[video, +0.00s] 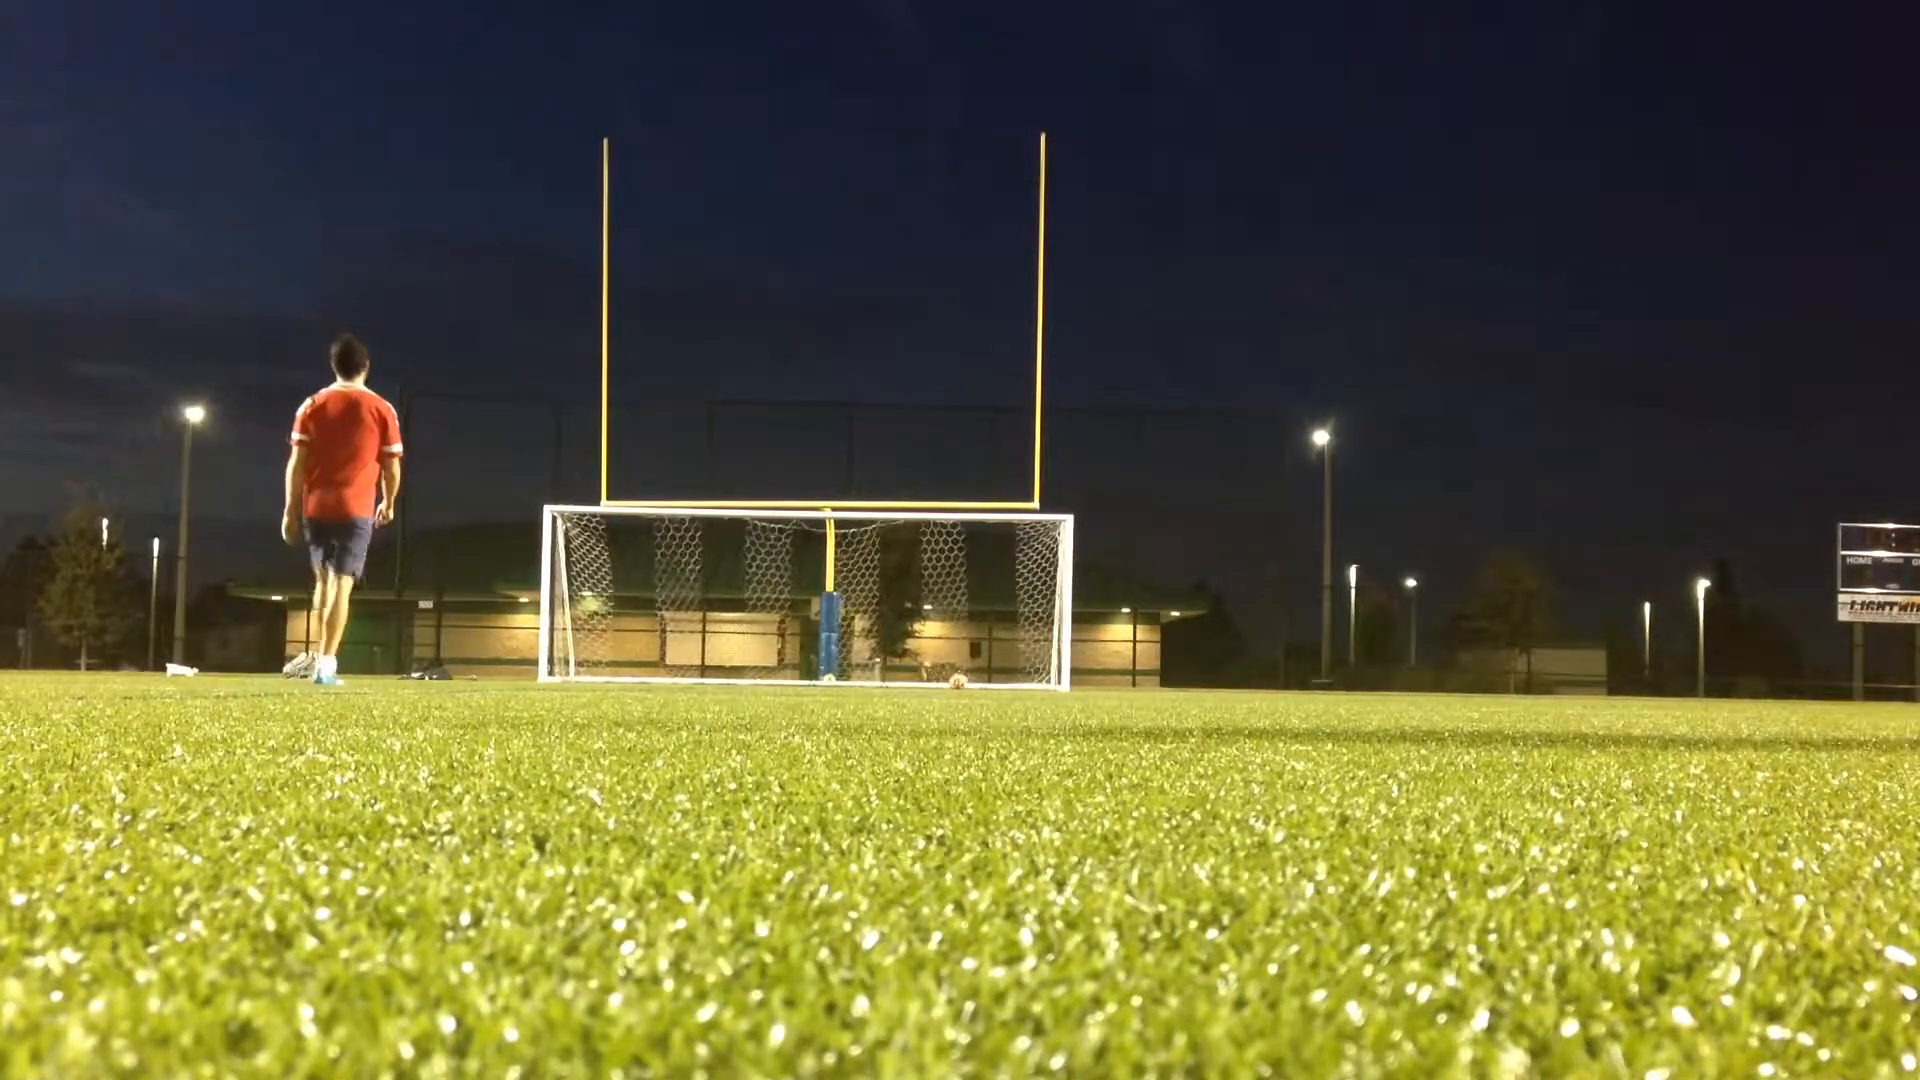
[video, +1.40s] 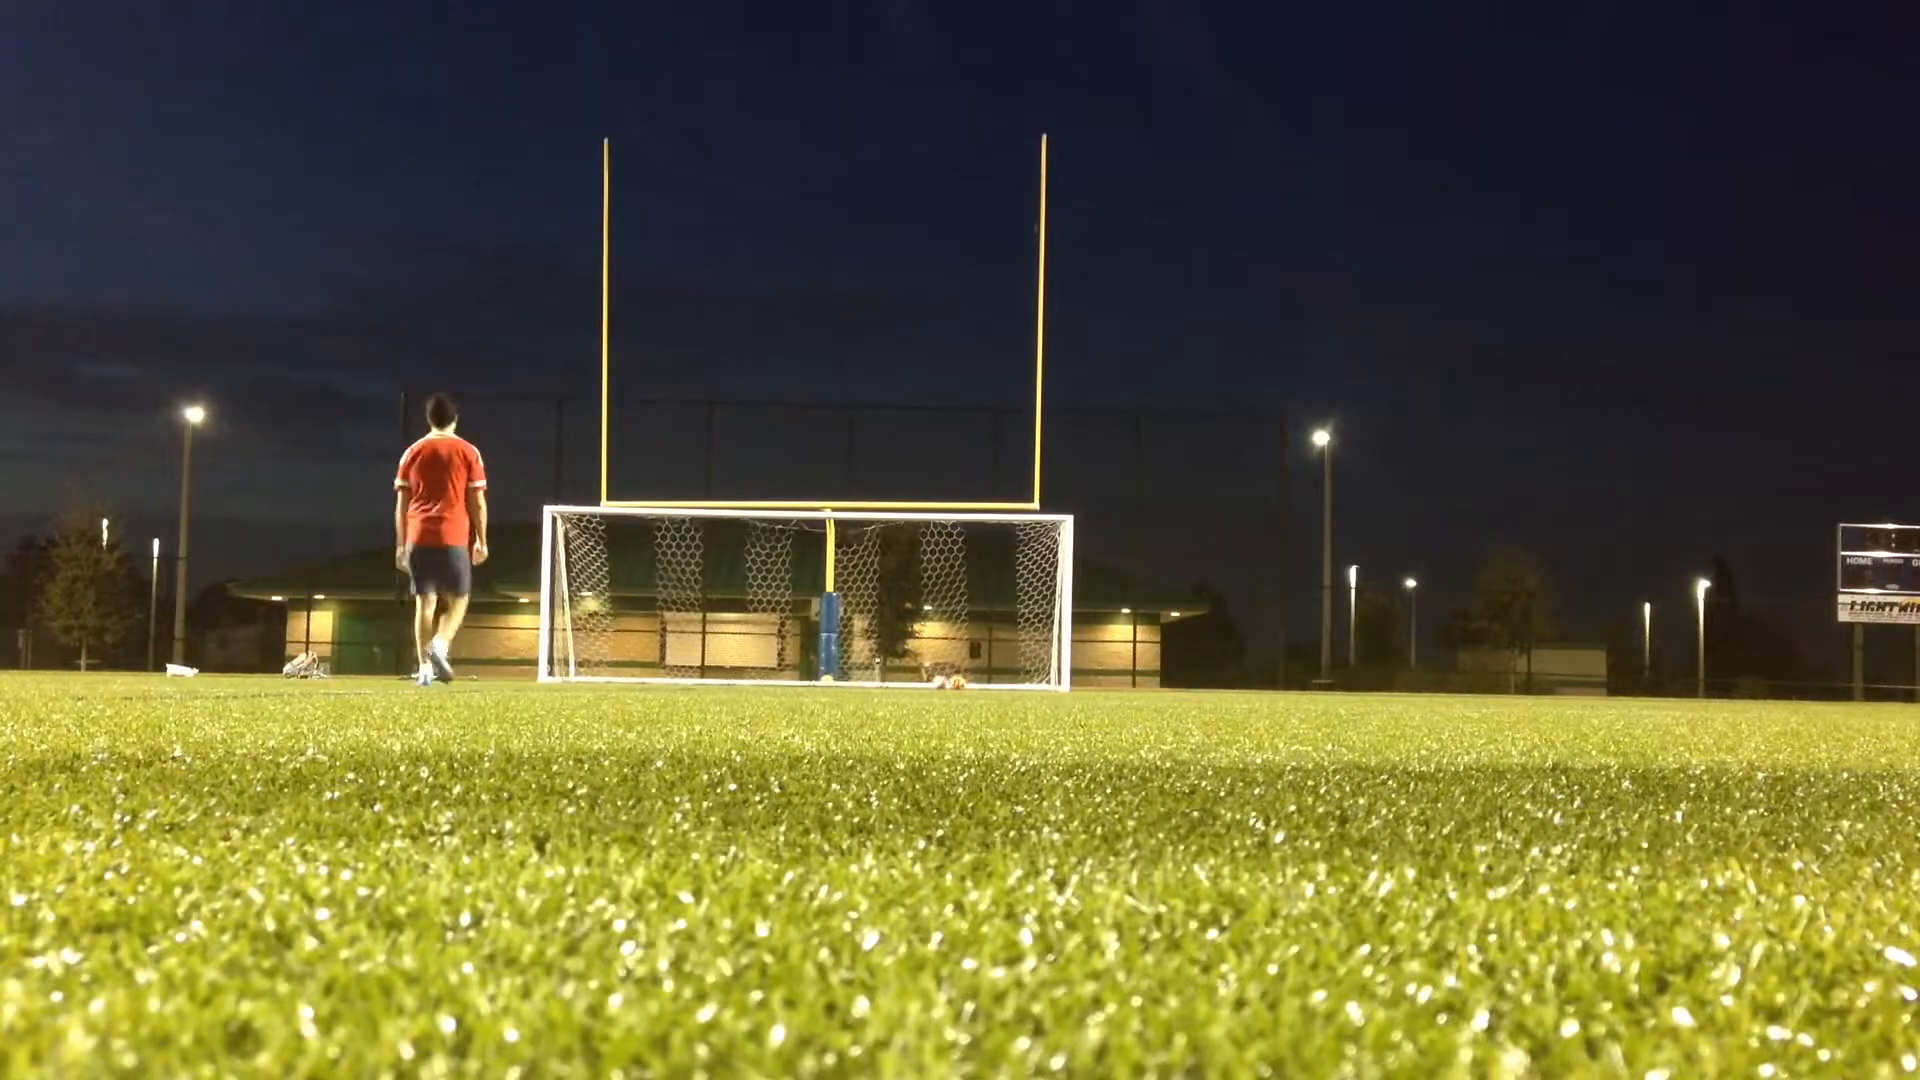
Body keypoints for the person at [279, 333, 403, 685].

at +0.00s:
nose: (358, 370)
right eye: (363, 364)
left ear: (332, 367)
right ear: (366, 367)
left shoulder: (312, 405)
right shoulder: (381, 408)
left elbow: (296, 462)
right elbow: (392, 466)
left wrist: (290, 510)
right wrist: (389, 502)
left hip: (317, 505)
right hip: (358, 507)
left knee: (323, 580)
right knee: (341, 585)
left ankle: (316, 656)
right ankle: (327, 662)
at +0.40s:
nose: (351, 384)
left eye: (352, 379)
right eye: (354, 379)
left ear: (355, 382)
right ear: (384, 382)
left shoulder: (337, 419)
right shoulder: (403, 421)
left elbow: (323, 476)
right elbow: (411, 476)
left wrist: (319, 521)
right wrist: (412, 519)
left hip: (341, 516)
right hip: (383, 517)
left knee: (347, 591)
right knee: (386, 589)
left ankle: (347, 666)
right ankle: (365, 638)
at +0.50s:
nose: (362, 388)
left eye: (363, 383)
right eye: (365, 383)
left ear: (366, 386)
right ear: (395, 387)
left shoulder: (347, 421)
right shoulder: (411, 426)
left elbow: (332, 476)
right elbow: (418, 480)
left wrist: (343, 508)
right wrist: (424, 527)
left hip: (351, 515)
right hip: (392, 518)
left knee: (351, 592)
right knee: (397, 592)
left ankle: (348, 665)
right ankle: (396, 663)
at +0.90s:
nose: (402, 403)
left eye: (403, 399)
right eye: (408, 399)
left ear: (405, 401)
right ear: (432, 402)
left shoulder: (385, 435)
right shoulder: (445, 439)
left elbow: (371, 485)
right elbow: (453, 491)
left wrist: (371, 526)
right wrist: (456, 534)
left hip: (388, 526)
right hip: (427, 528)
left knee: (392, 591)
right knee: (421, 600)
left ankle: (384, 646)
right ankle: (413, 670)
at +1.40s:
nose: (448, 422)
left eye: (436, 417)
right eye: (452, 418)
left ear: (428, 419)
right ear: (455, 420)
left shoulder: (412, 452)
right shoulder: (468, 452)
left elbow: (402, 502)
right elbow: (478, 501)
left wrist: (400, 543)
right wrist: (481, 538)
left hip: (418, 538)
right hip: (454, 538)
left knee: (424, 602)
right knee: (458, 600)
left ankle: (424, 669)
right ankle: (440, 643)